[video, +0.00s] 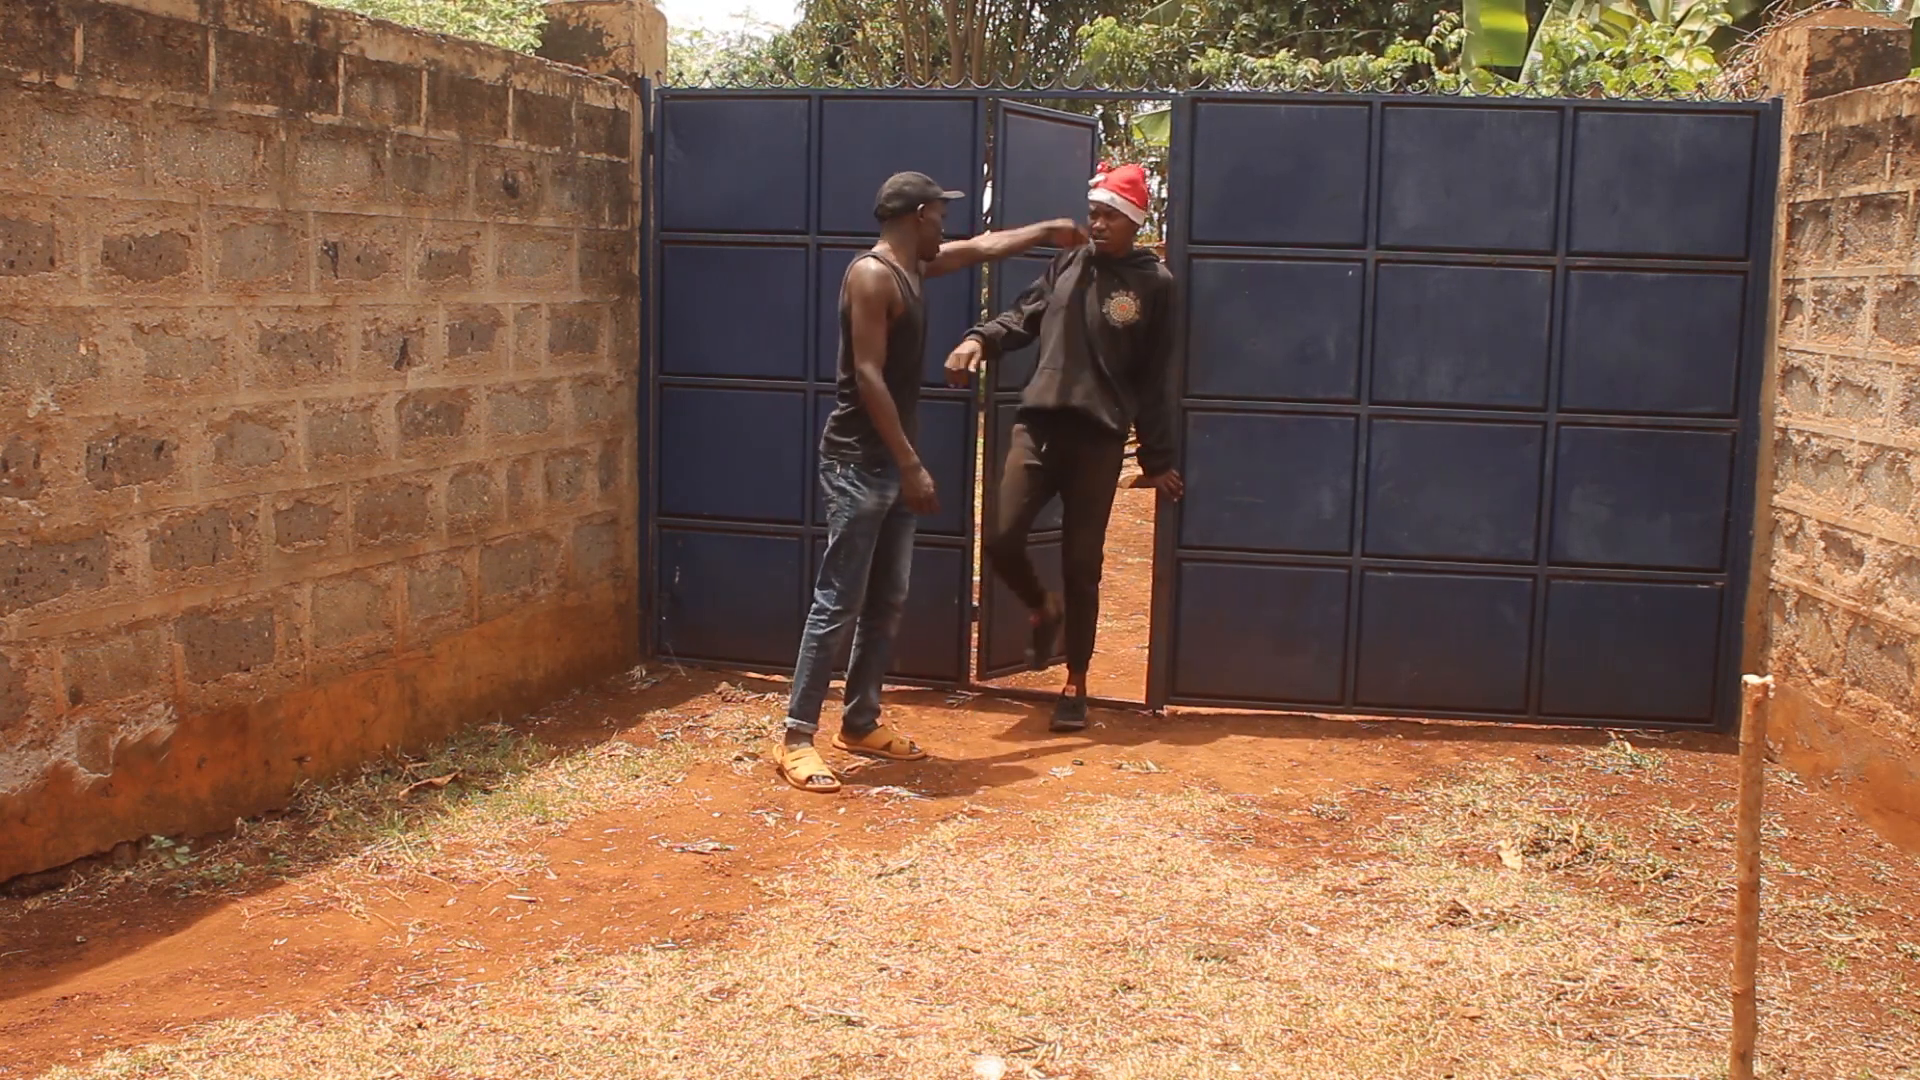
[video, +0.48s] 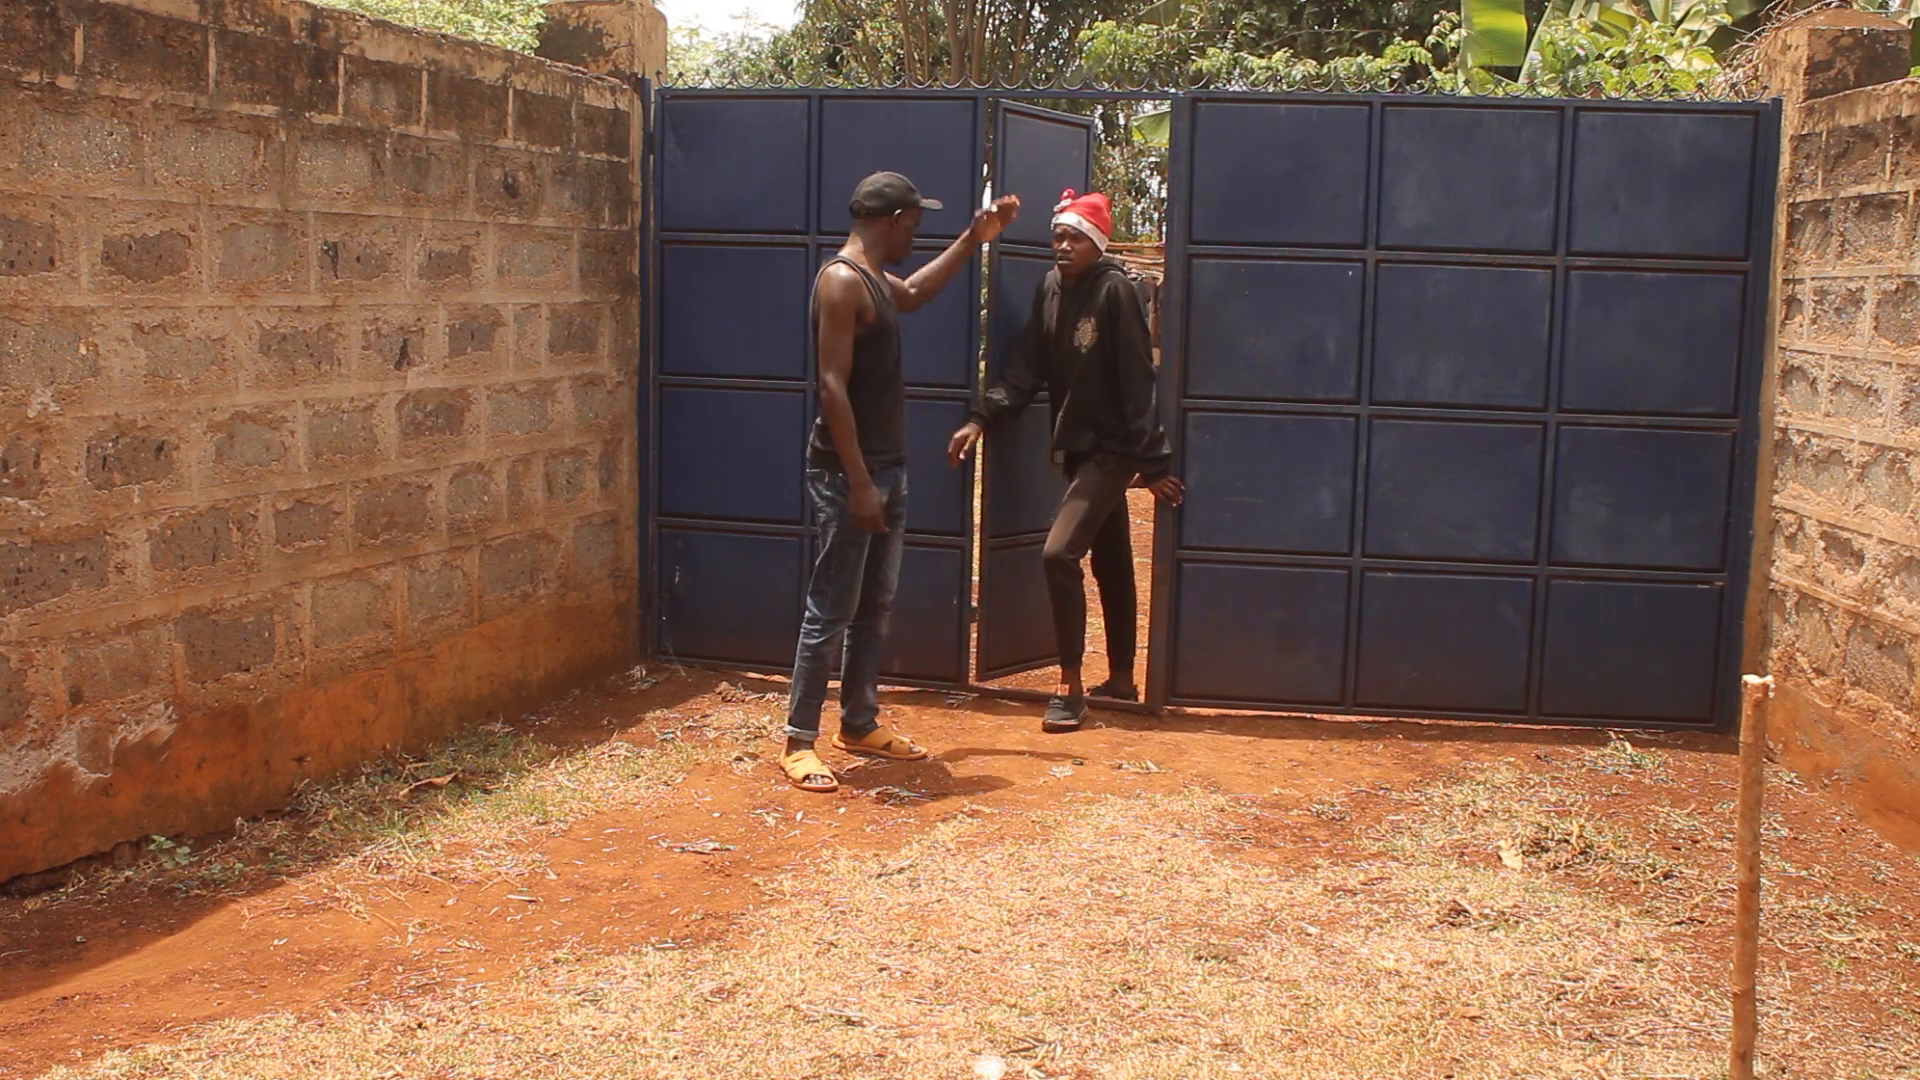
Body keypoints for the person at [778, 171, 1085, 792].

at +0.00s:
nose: (945, 225)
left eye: (944, 216)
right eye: (941, 214)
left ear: (913, 217)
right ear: (920, 216)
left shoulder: (914, 265)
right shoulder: (872, 275)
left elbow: (984, 246)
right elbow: (868, 376)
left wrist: (1049, 230)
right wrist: (910, 465)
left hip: (897, 459)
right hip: (857, 459)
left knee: (887, 600)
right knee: (836, 602)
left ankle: (862, 726)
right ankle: (797, 739)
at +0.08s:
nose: (940, 226)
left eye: (939, 216)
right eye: (935, 214)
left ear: (908, 217)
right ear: (909, 215)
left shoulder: (909, 266)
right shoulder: (861, 275)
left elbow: (973, 237)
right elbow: (855, 375)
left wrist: (1028, 185)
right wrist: (905, 461)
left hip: (900, 461)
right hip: (856, 459)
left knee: (886, 600)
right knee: (838, 602)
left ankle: (862, 725)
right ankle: (801, 738)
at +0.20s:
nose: (931, 225)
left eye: (932, 218)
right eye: (927, 216)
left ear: (899, 217)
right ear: (900, 217)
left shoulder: (899, 267)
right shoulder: (857, 278)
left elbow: (957, 234)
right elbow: (847, 380)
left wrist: (992, 165)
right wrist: (890, 468)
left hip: (898, 462)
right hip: (856, 465)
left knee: (883, 603)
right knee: (839, 605)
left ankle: (859, 726)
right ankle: (805, 740)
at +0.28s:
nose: (924, 225)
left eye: (924, 217)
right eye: (920, 215)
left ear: (889, 214)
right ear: (896, 216)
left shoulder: (893, 268)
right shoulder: (853, 279)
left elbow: (948, 240)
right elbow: (847, 384)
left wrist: (980, 171)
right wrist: (876, 477)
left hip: (896, 460)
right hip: (853, 463)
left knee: (882, 601)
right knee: (836, 605)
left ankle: (860, 725)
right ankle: (802, 739)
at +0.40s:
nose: (920, 229)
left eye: (920, 219)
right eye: (915, 218)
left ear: (883, 219)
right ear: (888, 218)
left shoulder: (881, 270)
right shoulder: (846, 281)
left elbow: (928, 269)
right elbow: (841, 384)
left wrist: (974, 203)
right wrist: (863, 480)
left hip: (891, 464)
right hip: (848, 468)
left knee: (877, 603)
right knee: (832, 607)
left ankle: (860, 726)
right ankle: (801, 743)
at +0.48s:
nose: (916, 233)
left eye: (918, 225)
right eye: (915, 223)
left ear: (881, 219)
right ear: (893, 219)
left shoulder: (875, 275)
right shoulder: (841, 280)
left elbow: (912, 293)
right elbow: (831, 386)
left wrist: (974, 238)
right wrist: (859, 480)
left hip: (887, 465)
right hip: (845, 468)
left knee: (874, 605)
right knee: (830, 609)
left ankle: (860, 725)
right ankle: (800, 743)